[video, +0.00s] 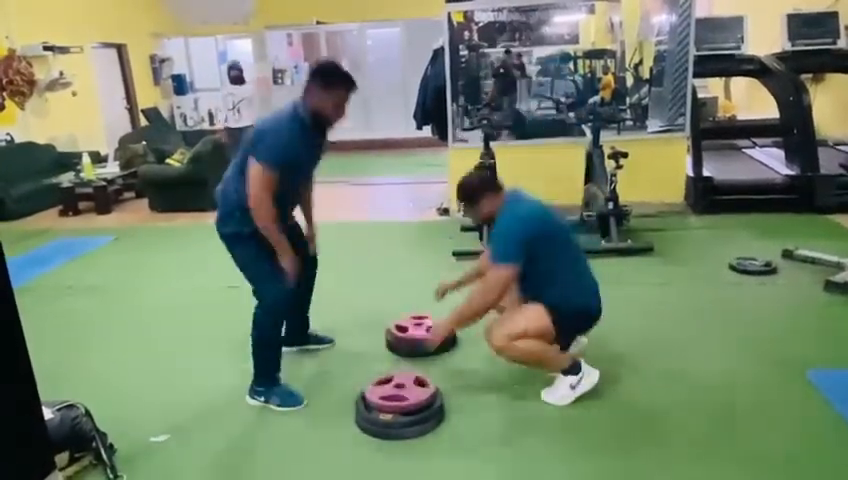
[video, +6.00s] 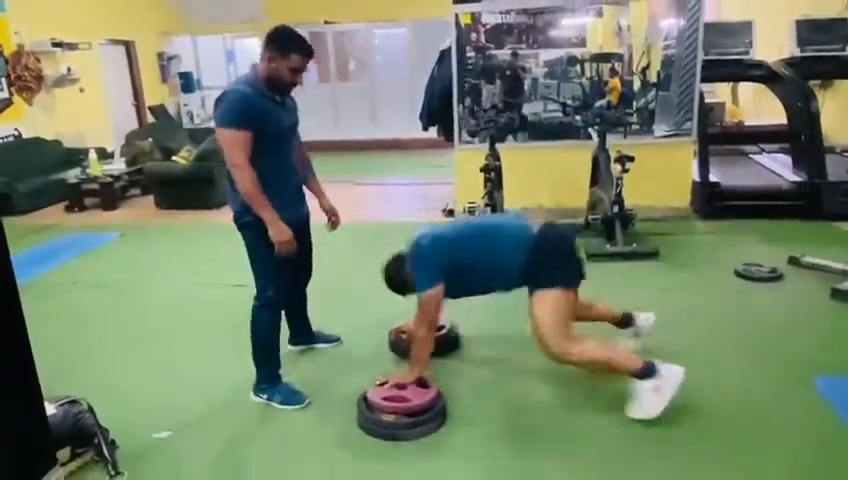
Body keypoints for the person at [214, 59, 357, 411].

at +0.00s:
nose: (342, 109)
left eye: (344, 102)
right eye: (338, 101)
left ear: (328, 95)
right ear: (314, 93)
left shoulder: (314, 129)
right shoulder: (278, 131)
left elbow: (302, 182)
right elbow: (258, 201)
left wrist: (308, 226)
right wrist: (284, 252)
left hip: (273, 213)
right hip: (240, 221)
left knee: (303, 261)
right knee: (274, 291)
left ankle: (296, 332)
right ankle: (264, 384)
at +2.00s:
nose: (367, 144)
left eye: (370, 137)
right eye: (366, 136)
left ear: (350, 125)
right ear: (347, 124)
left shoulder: (333, 148)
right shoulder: (306, 146)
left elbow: (321, 182)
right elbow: (270, 206)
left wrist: (332, 216)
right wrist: (302, 250)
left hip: (287, 220)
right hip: (252, 226)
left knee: (320, 267)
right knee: (291, 297)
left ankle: (302, 332)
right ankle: (269, 385)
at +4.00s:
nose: (390, 258)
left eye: (394, 253)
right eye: (389, 251)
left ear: (381, 231)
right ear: (377, 238)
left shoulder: (365, 229)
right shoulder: (342, 246)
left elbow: (387, 275)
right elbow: (361, 318)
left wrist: (414, 314)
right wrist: (388, 370)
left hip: (270, 247)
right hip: (247, 261)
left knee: (324, 285)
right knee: (306, 307)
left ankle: (309, 333)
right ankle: (273, 385)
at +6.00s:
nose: (300, 78)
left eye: (303, 71)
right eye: (294, 70)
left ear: (280, 64)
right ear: (269, 60)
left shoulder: (283, 100)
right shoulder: (236, 102)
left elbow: (296, 153)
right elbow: (239, 171)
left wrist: (321, 198)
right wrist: (273, 222)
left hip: (292, 208)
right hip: (260, 216)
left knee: (297, 276)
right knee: (270, 295)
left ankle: (300, 333)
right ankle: (266, 382)